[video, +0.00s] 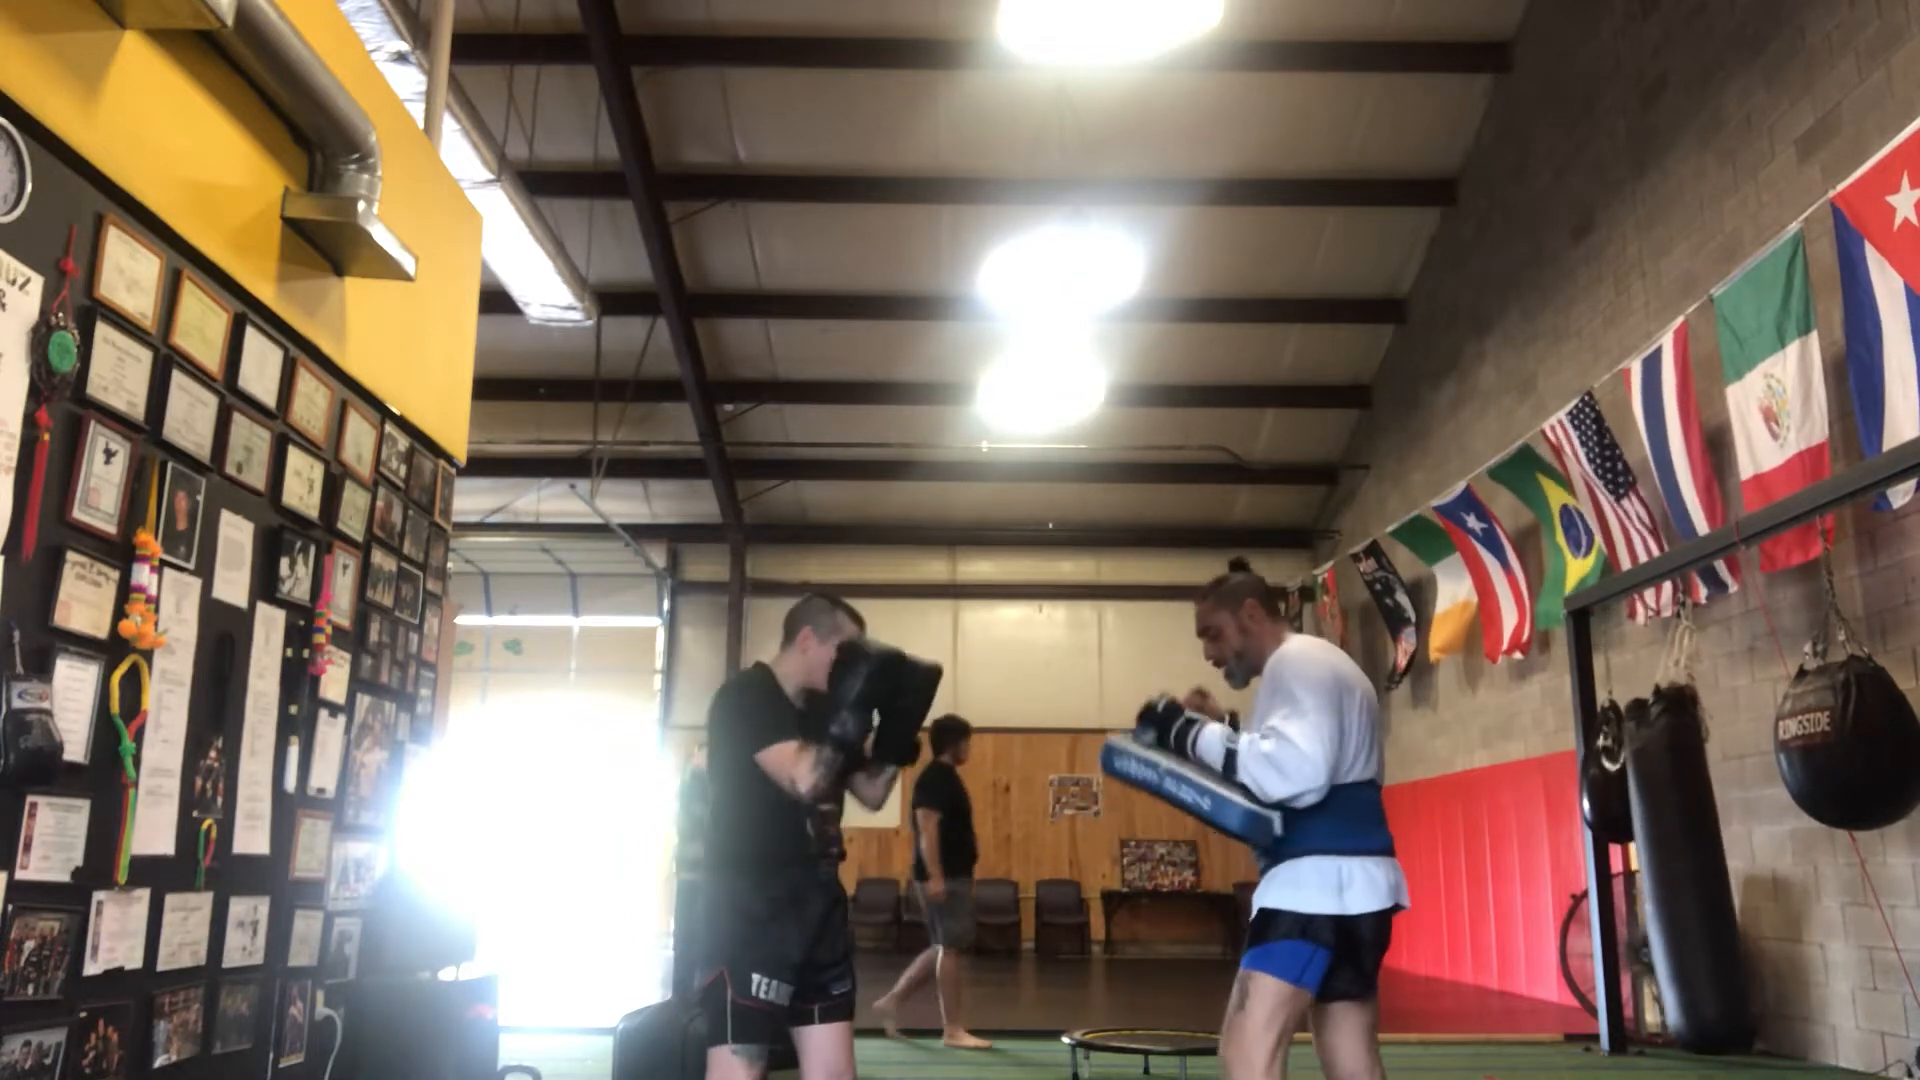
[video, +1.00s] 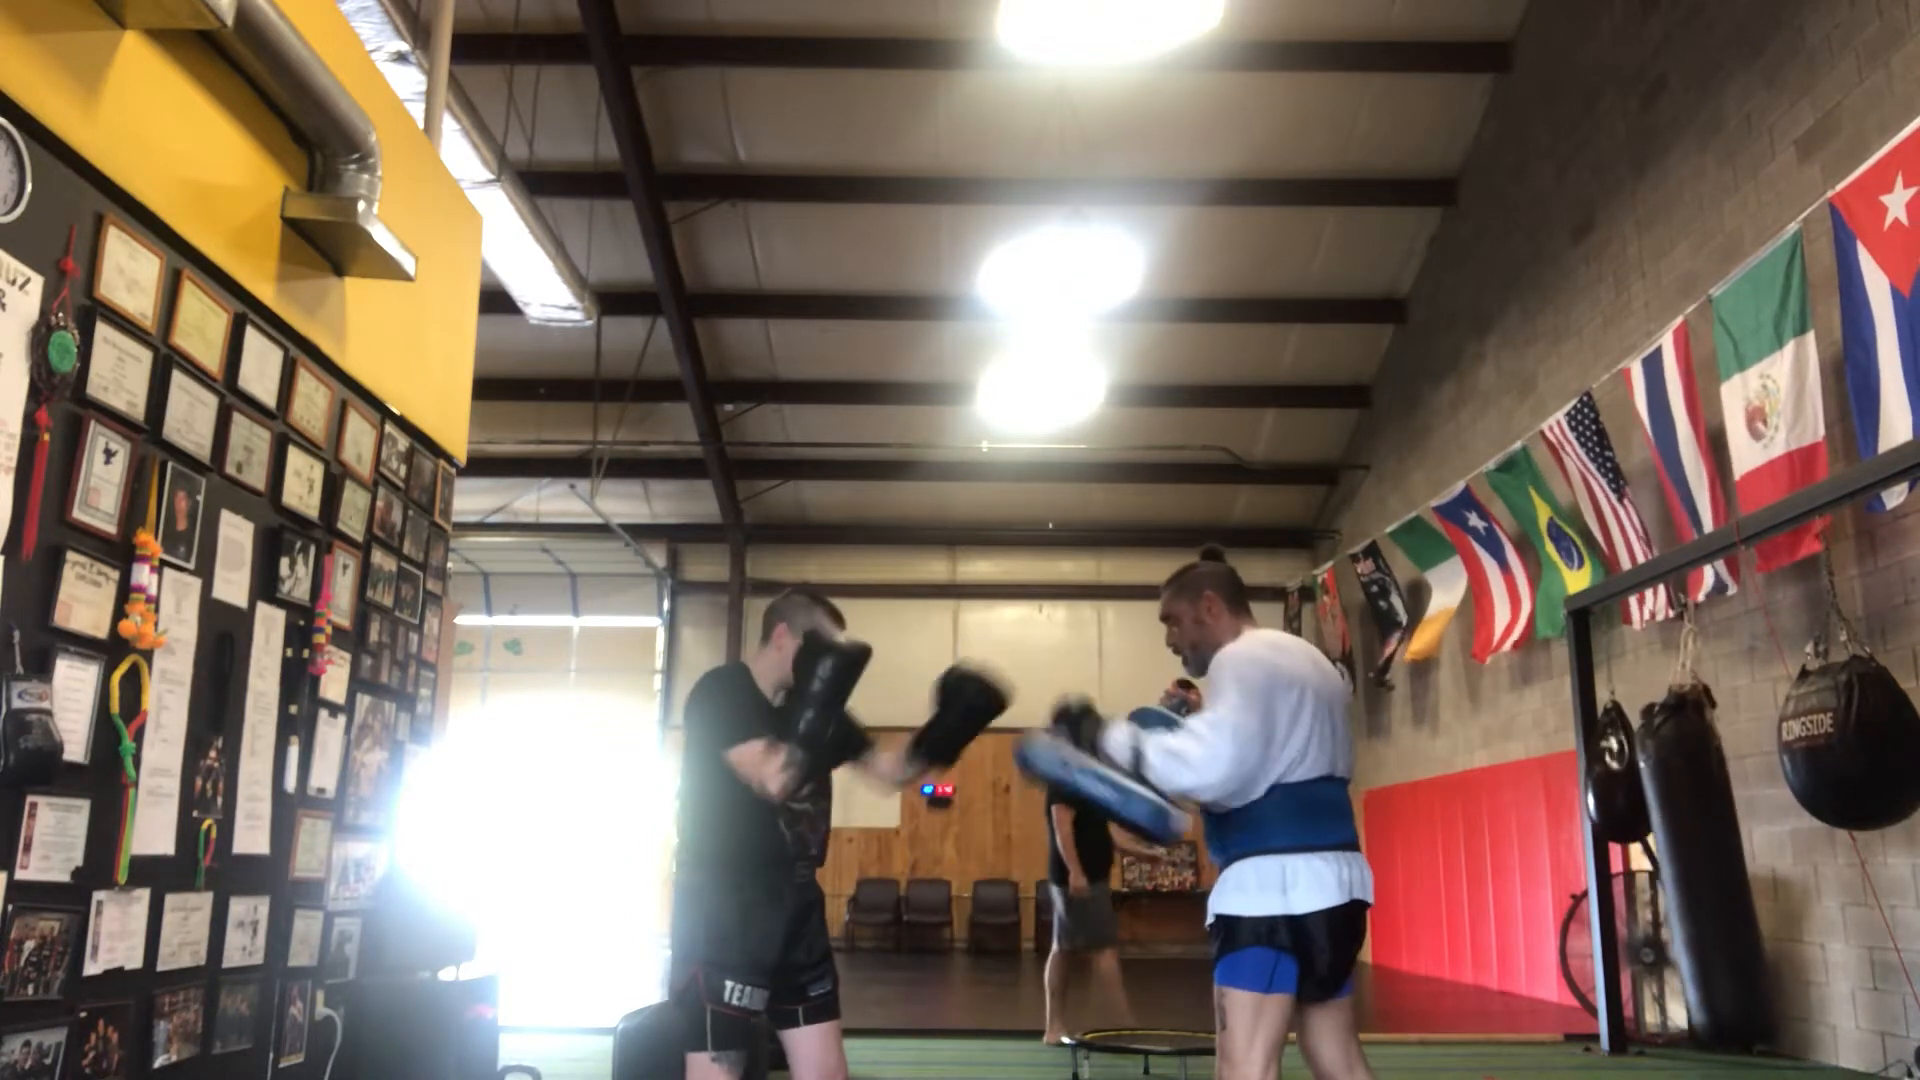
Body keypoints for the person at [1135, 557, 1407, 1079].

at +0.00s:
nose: (1208, 653)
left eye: (1212, 634)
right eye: (1203, 640)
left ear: (1251, 614)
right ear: (1252, 616)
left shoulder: (1297, 663)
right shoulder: (1333, 664)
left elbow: (1291, 771)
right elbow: (1307, 769)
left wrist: (1188, 733)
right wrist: (1224, 726)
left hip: (1312, 886)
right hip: (1361, 886)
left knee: (1247, 1053)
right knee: (1352, 1062)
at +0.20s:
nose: (1208, 648)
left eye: (1211, 632)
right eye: (1204, 636)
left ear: (1249, 614)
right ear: (1251, 615)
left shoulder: (1289, 665)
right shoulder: (1338, 665)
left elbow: (1265, 774)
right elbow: (1306, 764)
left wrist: (1161, 738)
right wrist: (1228, 712)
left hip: (1307, 892)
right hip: (1364, 889)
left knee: (1261, 1059)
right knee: (1357, 1064)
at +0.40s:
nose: (1193, 645)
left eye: (1194, 629)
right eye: (1187, 632)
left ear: (1229, 611)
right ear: (1241, 609)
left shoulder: (1255, 668)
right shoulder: (1334, 663)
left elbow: (1208, 773)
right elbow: (1295, 758)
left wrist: (1105, 736)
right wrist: (1219, 712)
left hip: (1285, 895)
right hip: (1356, 889)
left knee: (1255, 1065)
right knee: (1352, 1062)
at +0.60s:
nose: (1176, 645)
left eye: (1177, 627)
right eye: (1172, 631)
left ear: (1208, 608)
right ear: (1230, 611)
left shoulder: (1221, 668)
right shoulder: (1325, 662)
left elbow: (1115, 726)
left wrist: (1005, 696)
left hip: (1267, 892)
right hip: (1347, 887)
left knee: (1233, 1065)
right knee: (1339, 1058)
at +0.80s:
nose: (1164, 644)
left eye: (1164, 629)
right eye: (1159, 631)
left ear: (1196, 609)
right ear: (1217, 606)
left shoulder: (1213, 665)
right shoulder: (1316, 660)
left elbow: (1120, 729)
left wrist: (1039, 666)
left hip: (1261, 890)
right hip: (1341, 885)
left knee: (1239, 1063)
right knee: (1329, 1050)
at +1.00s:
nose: (1170, 639)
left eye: (1173, 622)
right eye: (1166, 626)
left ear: (1210, 608)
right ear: (1216, 607)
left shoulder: (1242, 660)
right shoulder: (1315, 661)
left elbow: (1216, 768)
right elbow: (1290, 760)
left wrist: (1111, 736)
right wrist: (1205, 718)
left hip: (1269, 892)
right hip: (1336, 886)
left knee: (1246, 1065)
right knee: (1338, 1060)